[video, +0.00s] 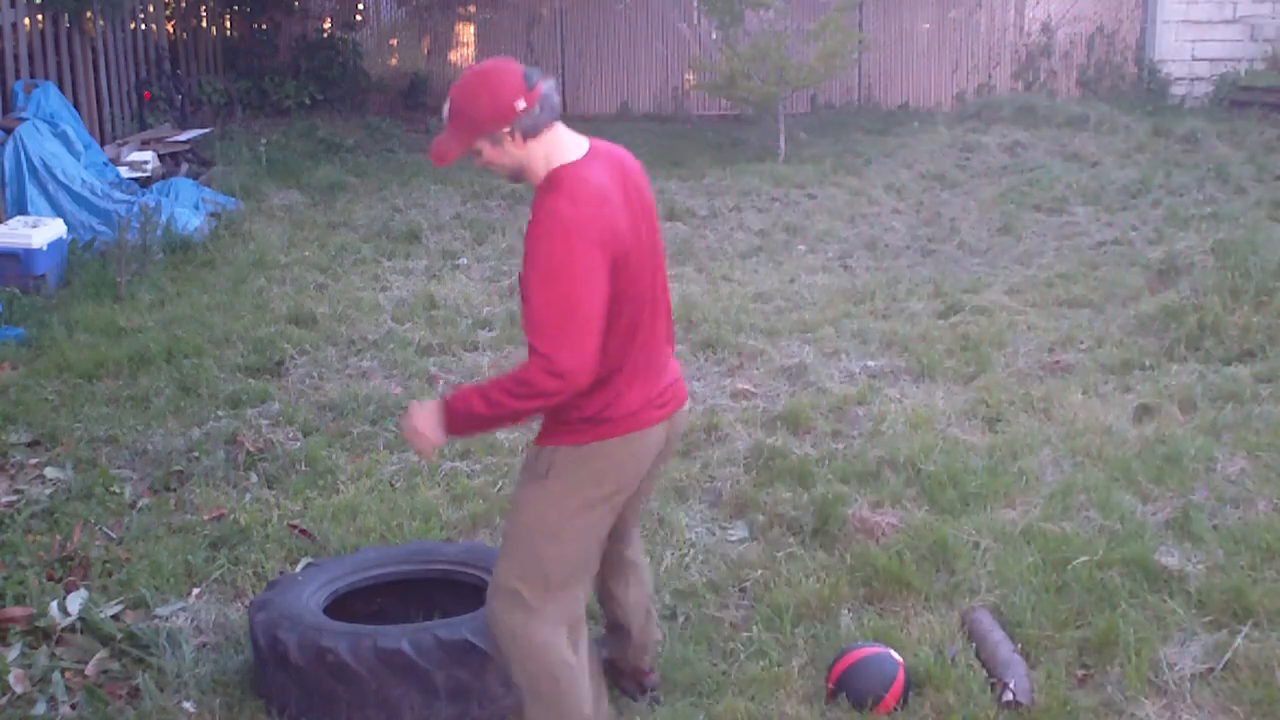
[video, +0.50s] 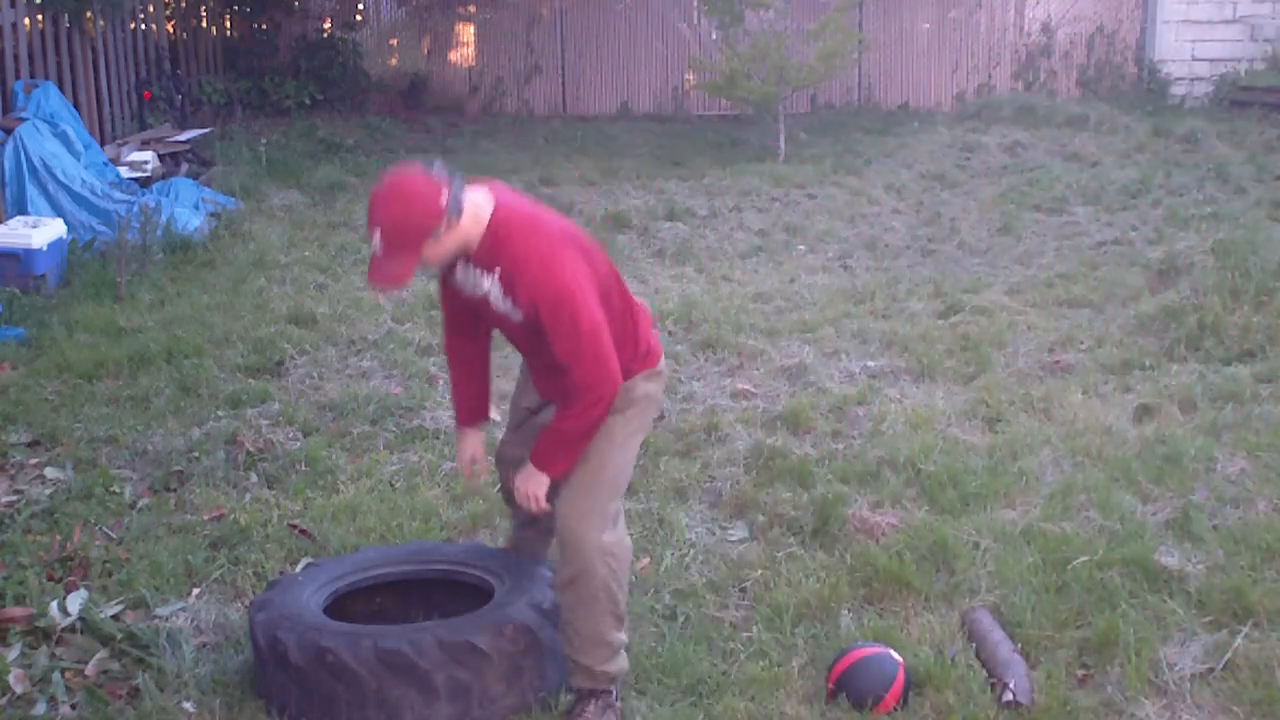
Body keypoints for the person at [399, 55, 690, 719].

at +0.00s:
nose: (480, 162)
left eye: (479, 149)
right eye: (474, 151)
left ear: (510, 135)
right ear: (536, 116)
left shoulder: (565, 211)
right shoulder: (618, 162)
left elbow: (562, 369)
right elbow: (635, 294)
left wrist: (449, 414)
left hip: (599, 432)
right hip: (655, 407)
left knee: (527, 603)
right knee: (615, 545)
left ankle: (571, 709)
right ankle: (635, 667)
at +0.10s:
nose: (470, 169)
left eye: (470, 156)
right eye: (462, 159)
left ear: (505, 134)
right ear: (516, 124)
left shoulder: (562, 205)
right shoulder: (580, 156)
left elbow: (595, 355)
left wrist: (497, 421)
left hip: (613, 403)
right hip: (639, 382)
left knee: (518, 559)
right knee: (593, 518)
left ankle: (599, 704)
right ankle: (628, 661)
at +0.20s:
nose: (457, 166)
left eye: (456, 154)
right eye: (450, 157)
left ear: (486, 130)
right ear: (489, 121)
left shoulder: (566, 184)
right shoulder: (525, 161)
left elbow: (605, 331)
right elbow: (526, 269)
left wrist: (525, 412)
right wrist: (521, 354)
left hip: (621, 378)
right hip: (586, 370)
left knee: (541, 535)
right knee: (586, 511)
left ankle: (602, 690)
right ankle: (630, 648)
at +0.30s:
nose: (440, 176)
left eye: (441, 165)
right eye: (433, 168)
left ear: (473, 140)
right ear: (472, 132)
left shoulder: (562, 195)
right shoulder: (501, 170)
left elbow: (601, 332)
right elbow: (505, 277)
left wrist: (534, 422)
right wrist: (502, 376)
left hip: (618, 378)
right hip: (564, 369)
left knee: (574, 536)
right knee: (550, 487)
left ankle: (596, 688)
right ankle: (625, 593)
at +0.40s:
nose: (429, 217)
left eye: (429, 205)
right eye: (421, 207)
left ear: (457, 176)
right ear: (449, 172)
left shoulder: (554, 223)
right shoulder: (483, 200)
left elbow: (599, 357)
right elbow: (488, 296)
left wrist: (539, 445)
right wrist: (485, 389)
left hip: (622, 373)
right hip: (557, 361)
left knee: (578, 532)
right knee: (517, 470)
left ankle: (598, 687)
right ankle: (598, 567)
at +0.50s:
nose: (423, 265)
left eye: (423, 254)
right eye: (414, 257)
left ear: (445, 223)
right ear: (437, 219)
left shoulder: (541, 257)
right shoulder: (455, 239)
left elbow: (600, 382)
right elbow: (465, 334)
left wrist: (544, 466)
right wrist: (470, 424)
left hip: (623, 373)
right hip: (549, 366)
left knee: (582, 521)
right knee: (518, 468)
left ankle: (598, 686)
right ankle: (527, 597)